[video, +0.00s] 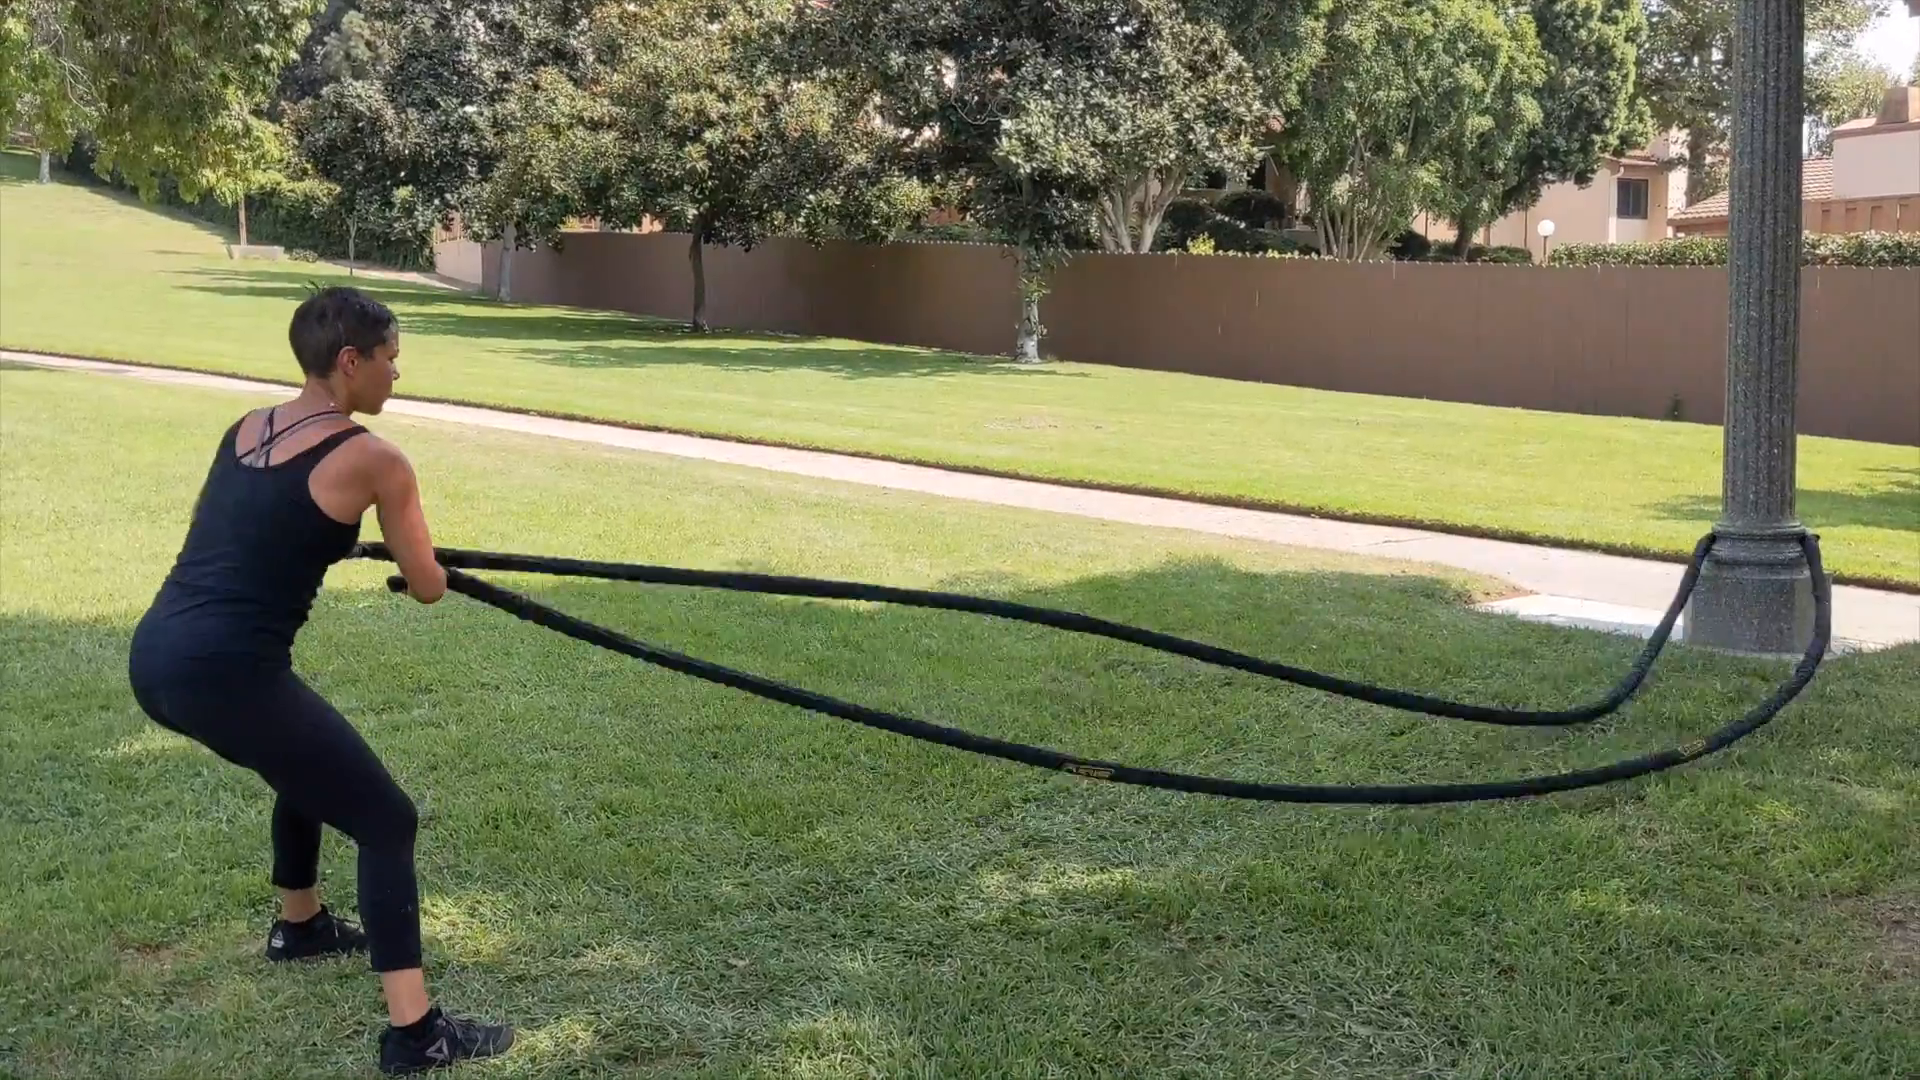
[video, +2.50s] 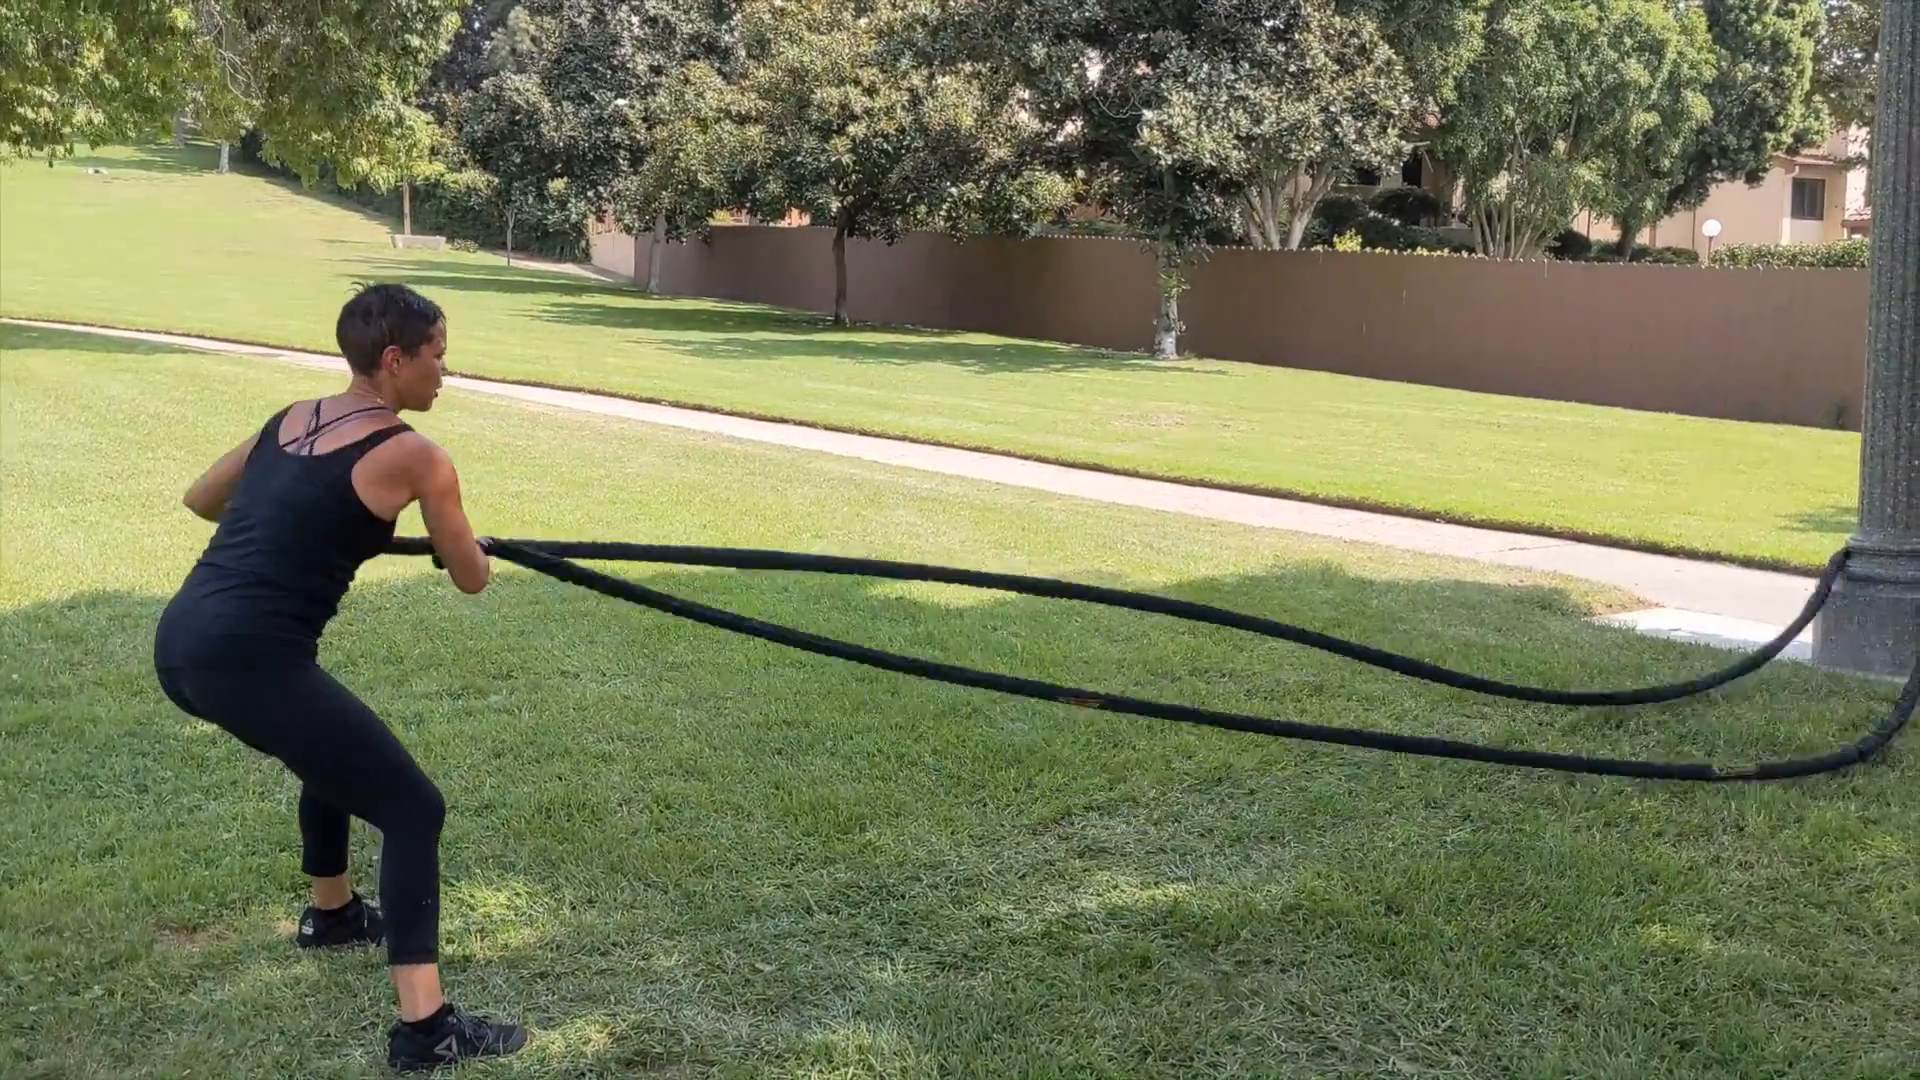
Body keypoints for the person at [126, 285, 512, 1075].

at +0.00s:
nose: (396, 377)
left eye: (396, 362)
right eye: (390, 362)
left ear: (325, 362)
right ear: (347, 361)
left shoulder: (251, 424)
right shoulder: (375, 460)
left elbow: (245, 528)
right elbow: (426, 583)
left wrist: (333, 540)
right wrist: (428, 573)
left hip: (157, 660)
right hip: (231, 675)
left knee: (304, 764)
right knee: (387, 817)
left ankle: (301, 923)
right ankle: (414, 1026)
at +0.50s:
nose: (431, 383)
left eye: (430, 366)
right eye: (425, 366)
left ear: (363, 370)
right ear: (383, 366)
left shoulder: (323, 451)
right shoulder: (355, 459)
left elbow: (423, 585)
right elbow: (438, 575)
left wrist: (527, 589)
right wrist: (546, 584)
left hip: (200, 661)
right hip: (199, 681)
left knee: (317, 765)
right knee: (370, 815)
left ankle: (290, 914)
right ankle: (403, 1020)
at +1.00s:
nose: (394, 369)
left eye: (395, 352)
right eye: (388, 351)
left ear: (327, 352)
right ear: (344, 350)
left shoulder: (267, 421)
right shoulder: (343, 452)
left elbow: (334, 536)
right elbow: (409, 579)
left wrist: (448, 549)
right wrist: (487, 579)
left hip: (145, 644)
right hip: (196, 661)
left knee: (297, 753)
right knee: (354, 808)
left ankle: (290, 909)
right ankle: (394, 1015)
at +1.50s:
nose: (472, 370)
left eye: (471, 354)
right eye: (465, 355)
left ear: (393, 359)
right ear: (425, 359)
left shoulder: (330, 424)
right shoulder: (438, 452)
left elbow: (311, 520)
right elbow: (508, 574)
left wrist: (384, 552)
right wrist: (485, 572)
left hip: (203, 647)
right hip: (266, 666)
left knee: (335, 751)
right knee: (432, 804)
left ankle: (334, 908)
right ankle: (437, 1018)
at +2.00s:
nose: (493, 364)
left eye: (492, 347)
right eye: (485, 347)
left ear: (435, 351)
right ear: (439, 350)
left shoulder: (423, 443)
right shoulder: (394, 448)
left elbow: (441, 562)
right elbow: (442, 572)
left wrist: (560, 571)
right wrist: (584, 582)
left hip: (284, 642)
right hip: (257, 657)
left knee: (397, 740)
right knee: (422, 804)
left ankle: (351, 902)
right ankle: (448, 1018)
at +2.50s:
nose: (444, 367)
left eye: (443, 352)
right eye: (436, 352)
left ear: (368, 358)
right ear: (395, 357)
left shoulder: (296, 416)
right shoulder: (416, 455)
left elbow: (203, 498)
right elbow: (471, 577)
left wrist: (297, 513)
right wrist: (468, 546)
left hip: (182, 645)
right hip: (252, 659)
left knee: (329, 751)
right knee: (415, 808)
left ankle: (333, 910)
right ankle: (424, 1022)